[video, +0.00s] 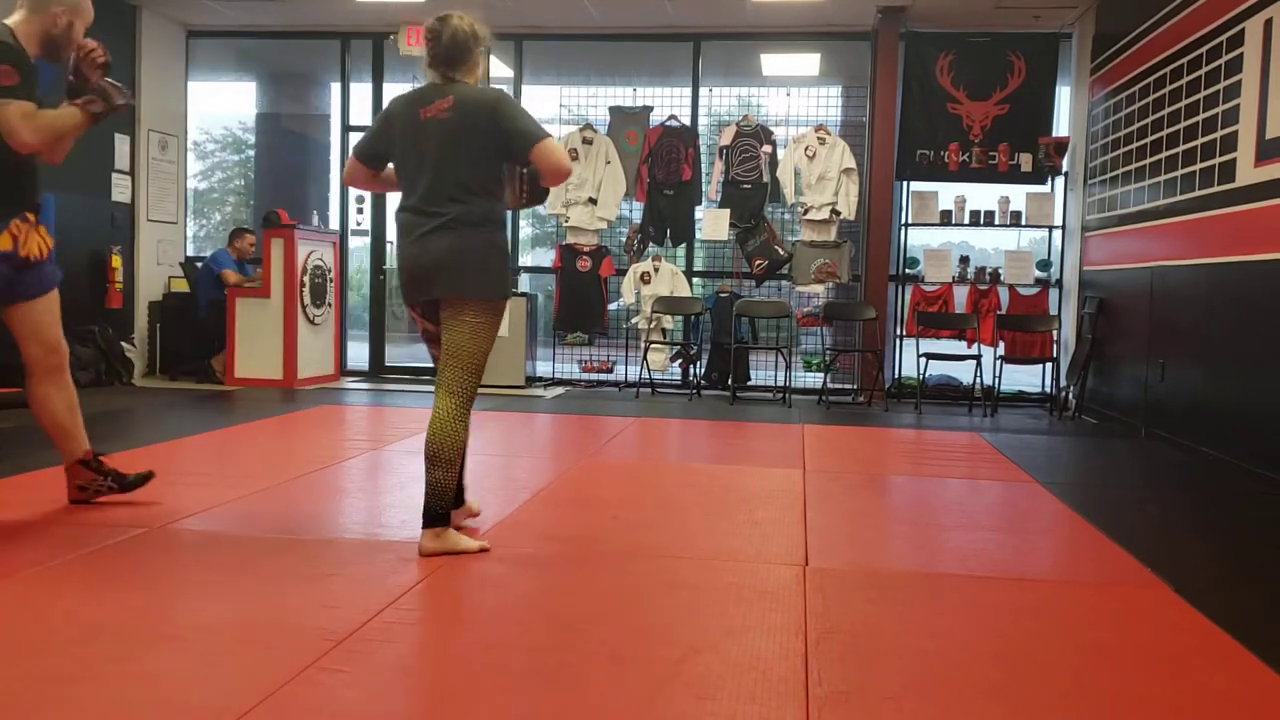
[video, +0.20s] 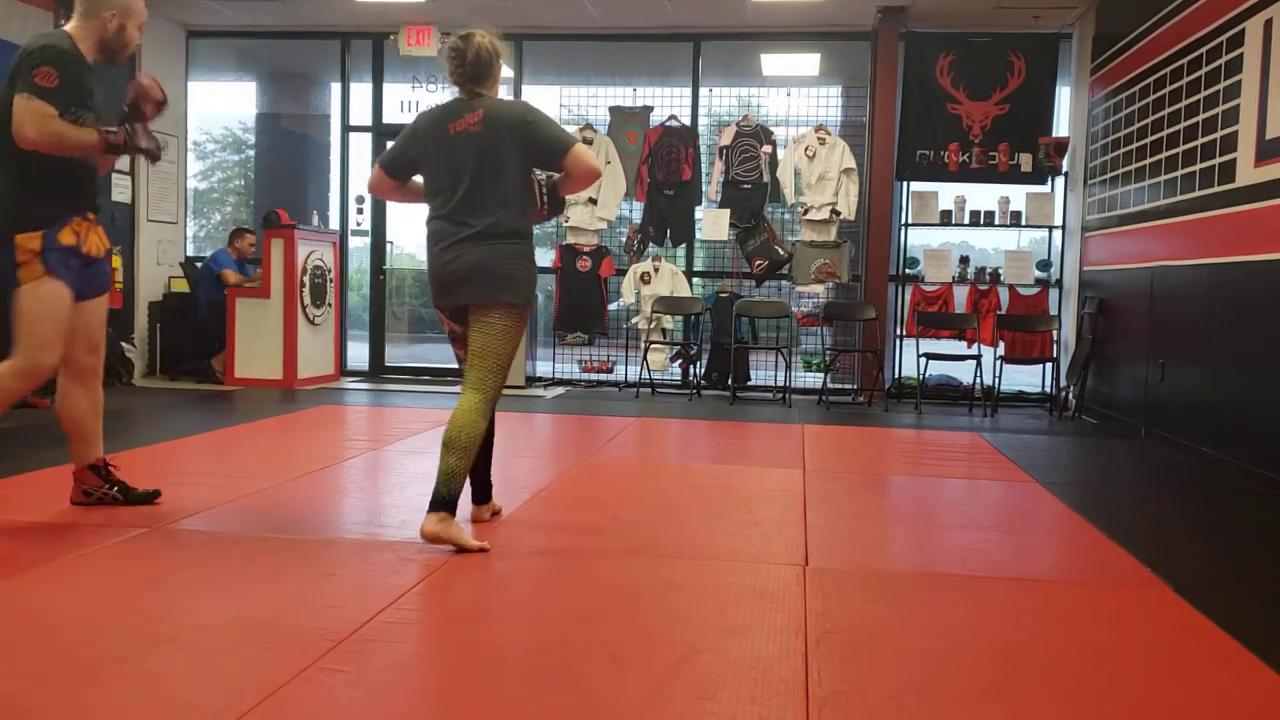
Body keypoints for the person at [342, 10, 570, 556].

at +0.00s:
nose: (485, 62)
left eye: (482, 55)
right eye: (485, 55)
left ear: (430, 58)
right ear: (479, 58)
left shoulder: (402, 108)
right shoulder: (495, 104)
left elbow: (357, 174)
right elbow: (557, 167)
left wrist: (412, 179)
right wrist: (522, 183)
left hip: (416, 260)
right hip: (477, 258)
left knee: (453, 385)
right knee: (453, 392)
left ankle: (453, 500)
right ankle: (435, 528)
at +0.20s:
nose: (501, 75)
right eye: (501, 68)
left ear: (452, 74)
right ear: (498, 73)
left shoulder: (428, 123)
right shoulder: (518, 116)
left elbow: (381, 184)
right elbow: (587, 169)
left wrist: (438, 192)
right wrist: (548, 196)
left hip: (446, 264)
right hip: (505, 262)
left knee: (479, 384)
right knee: (477, 389)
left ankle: (482, 499)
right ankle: (439, 514)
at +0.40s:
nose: (521, 79)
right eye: (521, 72)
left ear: (475, 75)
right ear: (518, 75)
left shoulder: (451, 125)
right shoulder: (537, 117)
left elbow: (410, 191)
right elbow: (601, 168)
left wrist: (463, 193)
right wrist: (567, 193)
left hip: (468, 270)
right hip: (530, 269)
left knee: (484, 380)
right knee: (545, 376)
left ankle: (484, 498)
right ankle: (497, 476)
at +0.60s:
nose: (549, 92)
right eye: (549, 85)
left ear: (506, 86)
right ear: (546, 87)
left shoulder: (480, 134)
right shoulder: (564, 129)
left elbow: (439, 191)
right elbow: (616, 181)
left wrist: (489, 202)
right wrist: (585, 208)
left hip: (495, 269)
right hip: (554, 271)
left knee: (495, 379)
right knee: (572, 380)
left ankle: (482, 499)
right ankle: (587, 482)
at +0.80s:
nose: (593, 106)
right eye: (592, 100)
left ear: (548, 102)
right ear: (587, 102)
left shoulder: (523, 146)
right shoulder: (602, 143)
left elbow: (485, 208)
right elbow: (646, 202)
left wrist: (529, 213)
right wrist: (620, 222)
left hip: (533, 276)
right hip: (591, 278)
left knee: (521, 378)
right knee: (596, 383)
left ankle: (487, 486)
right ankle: (595, 483)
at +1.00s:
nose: (634, 110)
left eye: (633, 103)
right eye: (633, 103)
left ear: (588, 103)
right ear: (624, 104)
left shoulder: (562, 145)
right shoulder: (638, 141)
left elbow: (526, 209)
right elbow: (675, 205)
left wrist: (569, 216)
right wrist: (653, 211)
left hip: (574, 269)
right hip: (625, 269)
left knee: (578, 368)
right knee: (611, 379)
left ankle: (536, 451)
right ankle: (597, 483)